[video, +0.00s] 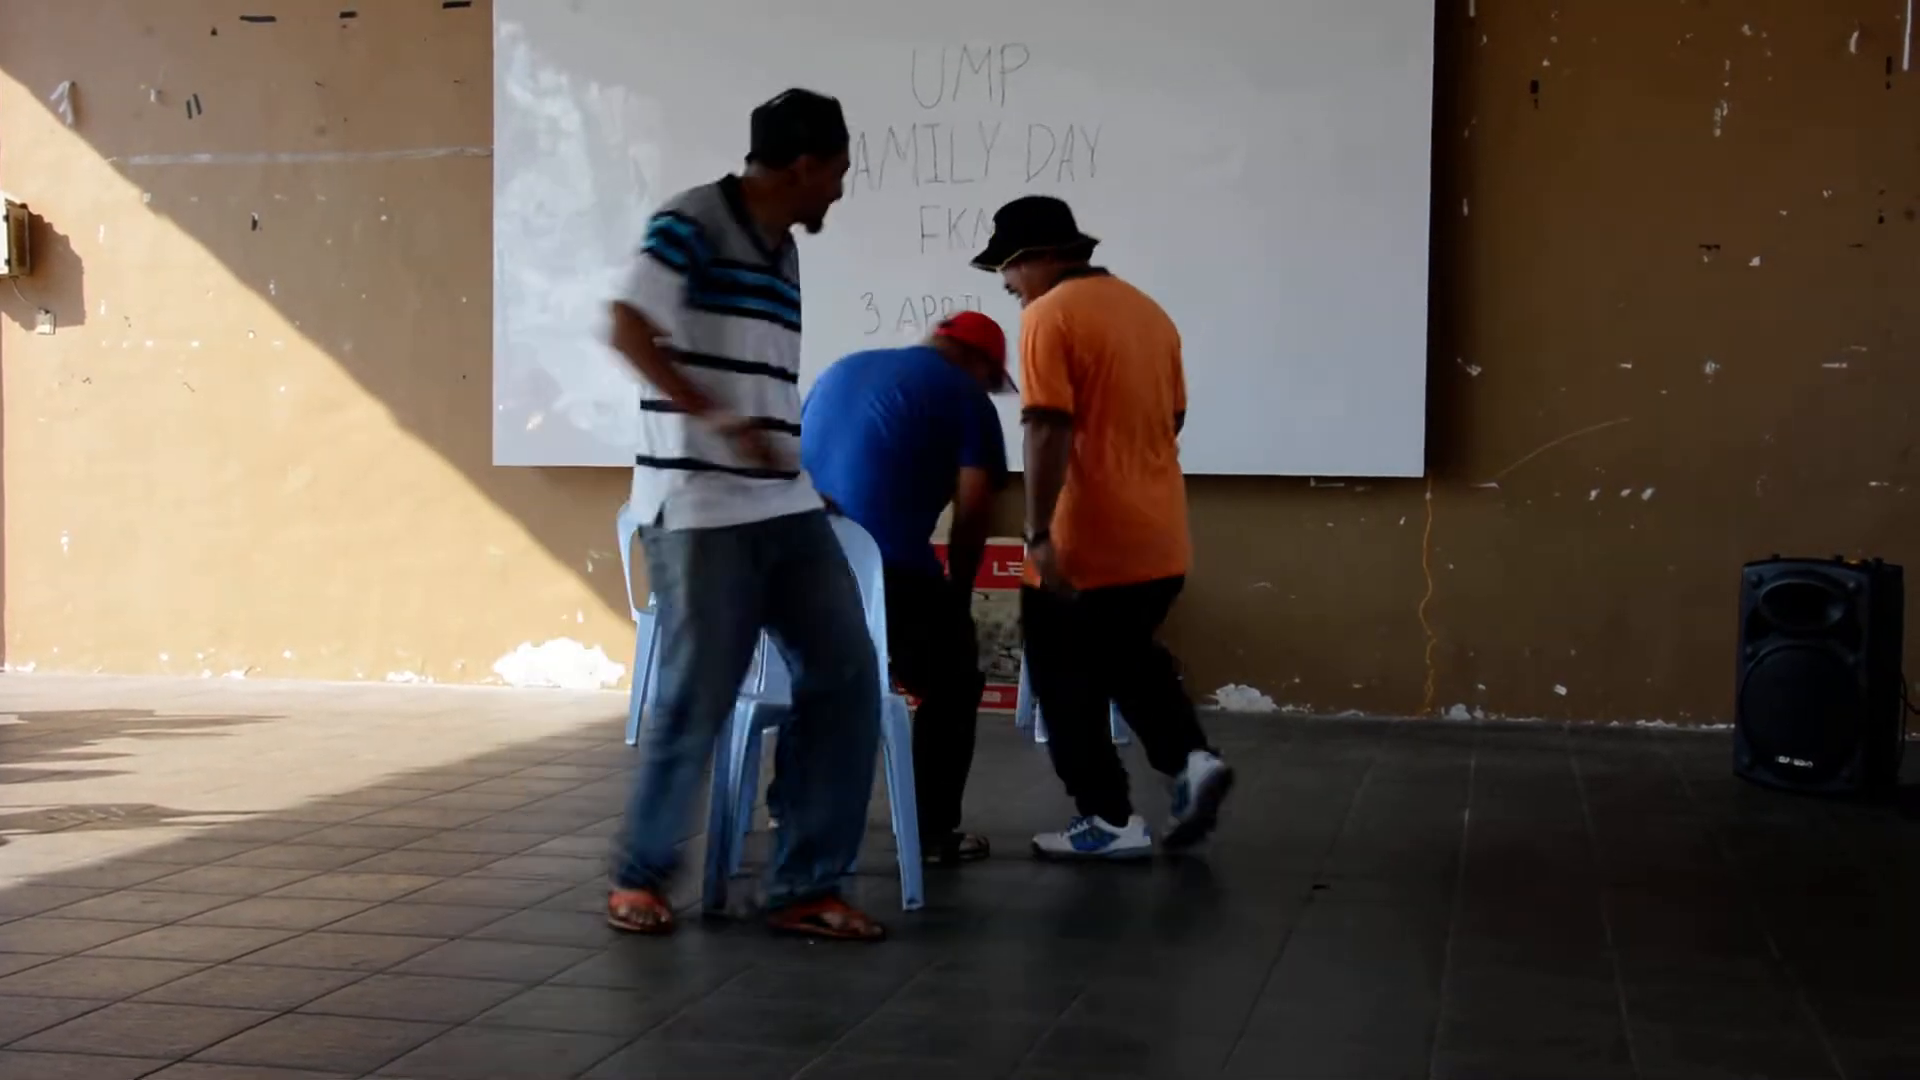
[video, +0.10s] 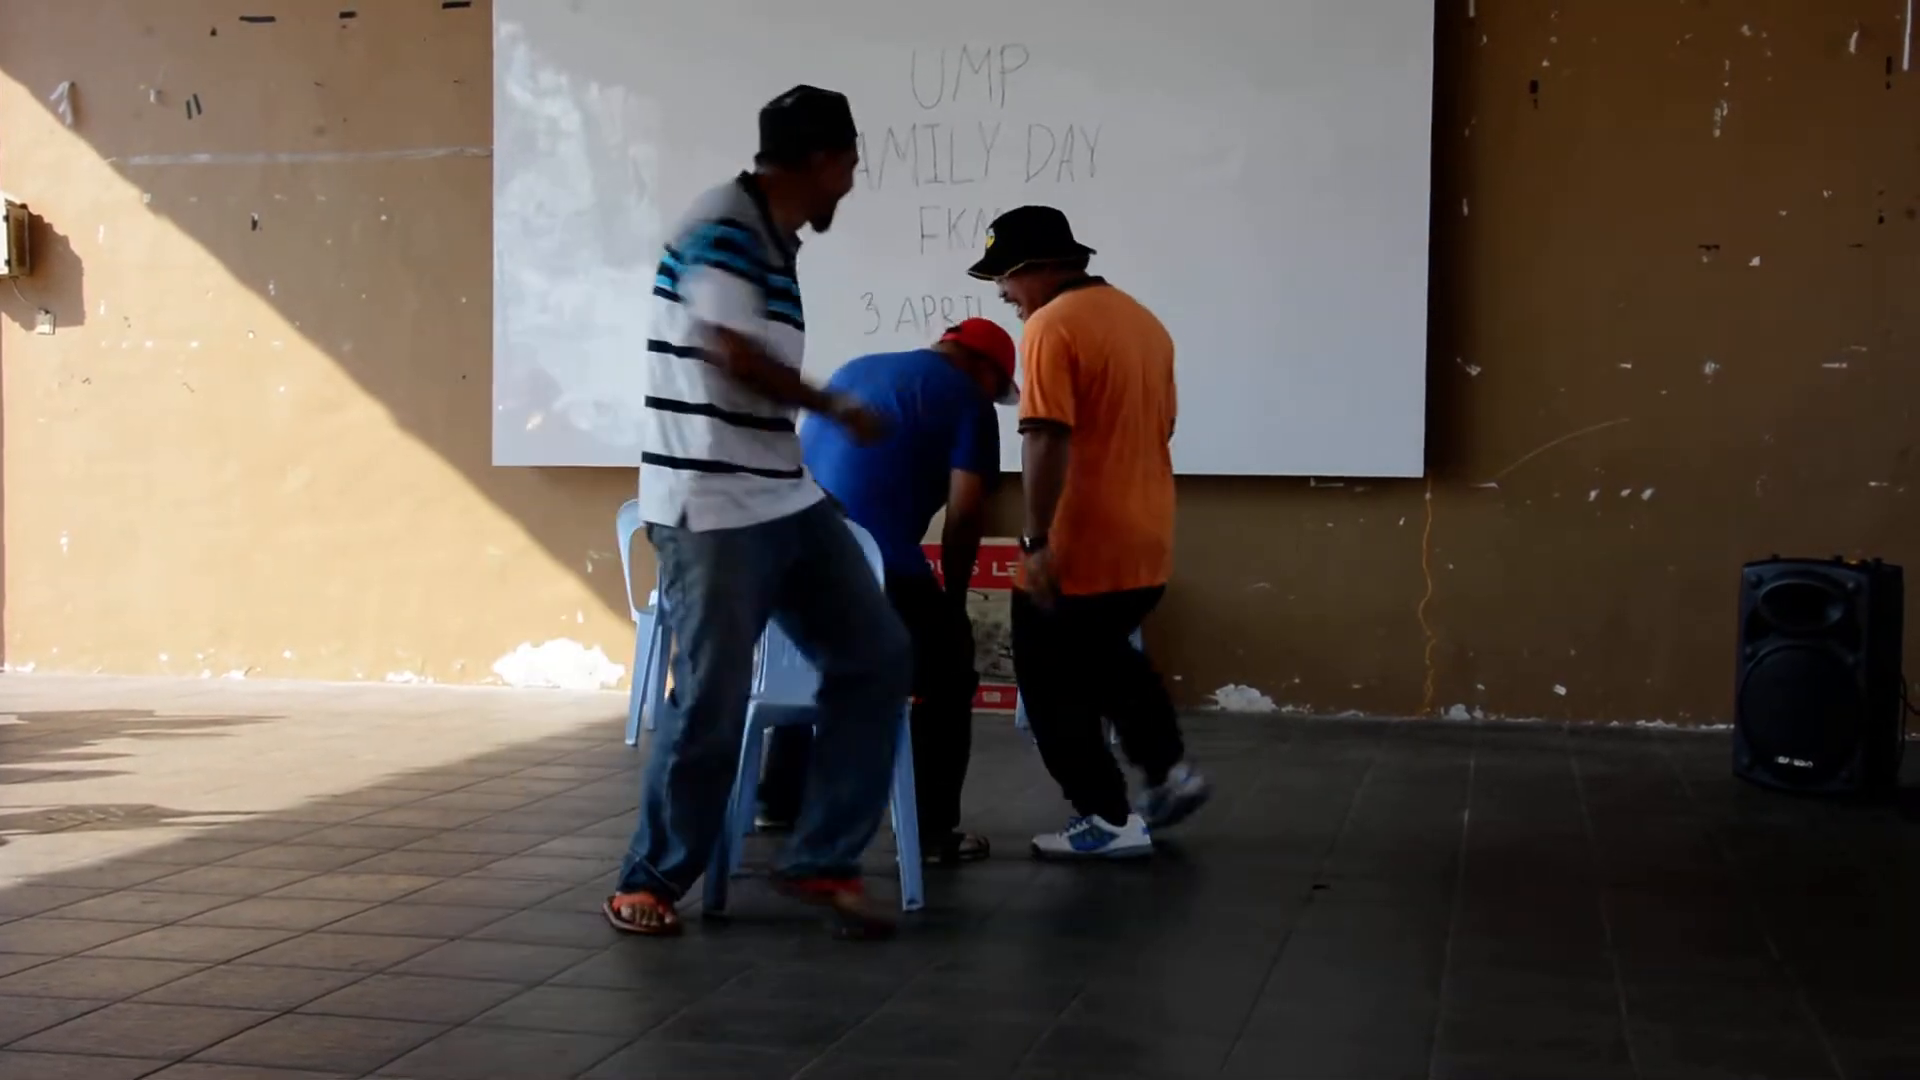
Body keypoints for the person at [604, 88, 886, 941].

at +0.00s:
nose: (840, 191)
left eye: (843, 173)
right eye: (836, 172)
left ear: (793, 166)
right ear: (799, 166)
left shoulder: (784, 255)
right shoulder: (689, 224)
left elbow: (763, 376)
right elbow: (627, 328)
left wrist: (787, 458)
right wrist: (712, 411)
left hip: (785, 509)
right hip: (700, 512)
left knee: (845, 684)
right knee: (692, 702)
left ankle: (807, 889)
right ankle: (637, 879)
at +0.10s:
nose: (852, 182)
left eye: (852, 164)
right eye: (848, 163)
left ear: (795, 157)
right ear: (817, 161)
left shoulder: (769, 241)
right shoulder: (725, 228)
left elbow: (737, 366)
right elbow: (730, 353)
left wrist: (782, 462)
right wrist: (833, 407)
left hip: (786, 504)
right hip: (709, 510)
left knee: (875, 659)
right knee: (708, 700)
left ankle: (820, 861)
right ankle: (648, 882)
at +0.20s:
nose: (863, 188)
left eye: (864, 170)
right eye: (861, 169)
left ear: (795, 160)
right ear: (832, 166)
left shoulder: (760, 227)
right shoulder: (762, 227)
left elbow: (736, 375)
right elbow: (837, 353)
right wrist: (894, 366)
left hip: (795, 508)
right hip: (720, 517)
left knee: (897, 655)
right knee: (721, 706)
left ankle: (876, 868)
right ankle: (650, 882)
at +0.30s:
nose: (887, 186)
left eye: (886, 170)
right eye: (885, 169)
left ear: (809, 161)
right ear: (866, 168)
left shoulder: (764, 229)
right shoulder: (816, 231)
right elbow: (904, 341)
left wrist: (917, 325)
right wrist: (947, 332)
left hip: (819, 517)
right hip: (757, 518)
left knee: (912, 680)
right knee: (737, 717)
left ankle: (935, 881)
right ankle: (645, 882)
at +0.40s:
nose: (908, 185)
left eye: (907, 171)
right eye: (909, 171)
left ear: (828, 162)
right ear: (893, 169)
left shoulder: (777, 238)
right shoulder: (858, 228)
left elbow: (827, 351)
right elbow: (945, 336)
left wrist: (917, 309)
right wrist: (944, 305)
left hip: (801, 513)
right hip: (820, 518)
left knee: (938, 677)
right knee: (779, 710)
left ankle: (937, 881)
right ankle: (646, 864)